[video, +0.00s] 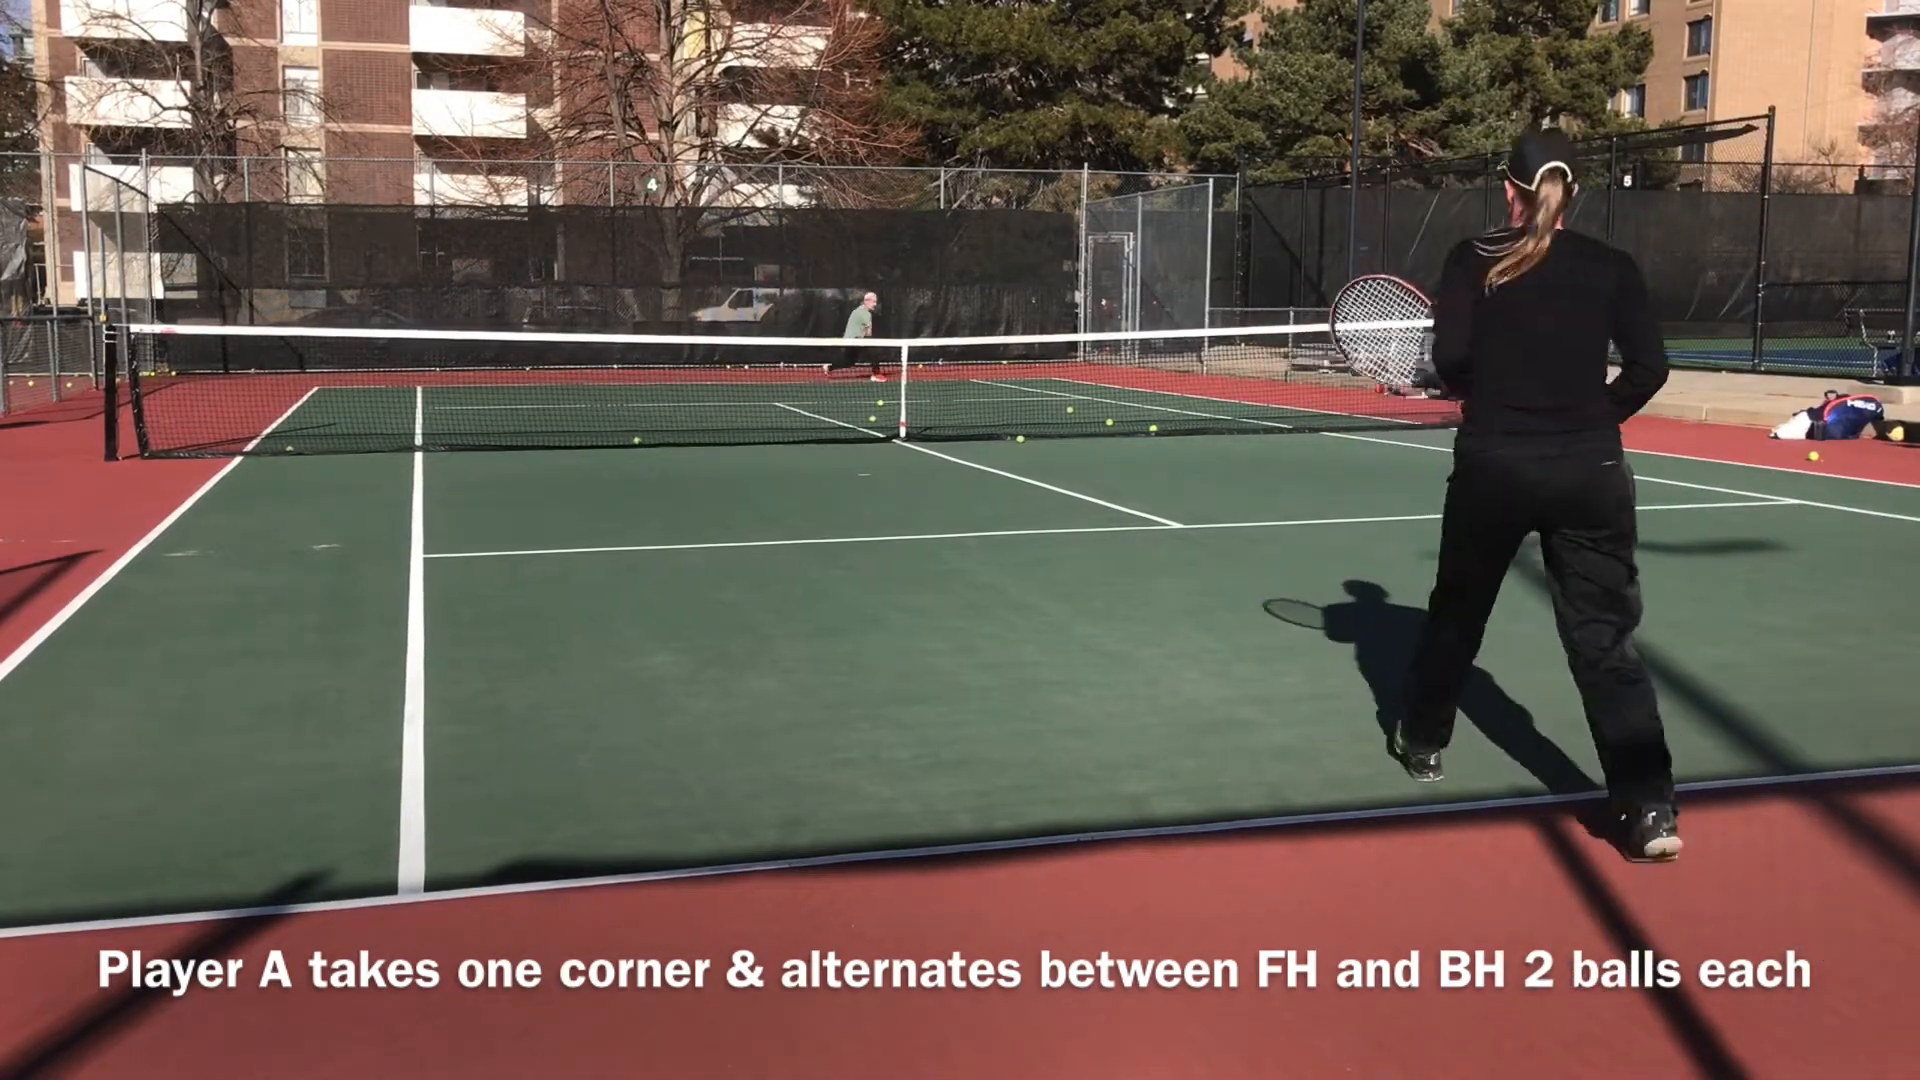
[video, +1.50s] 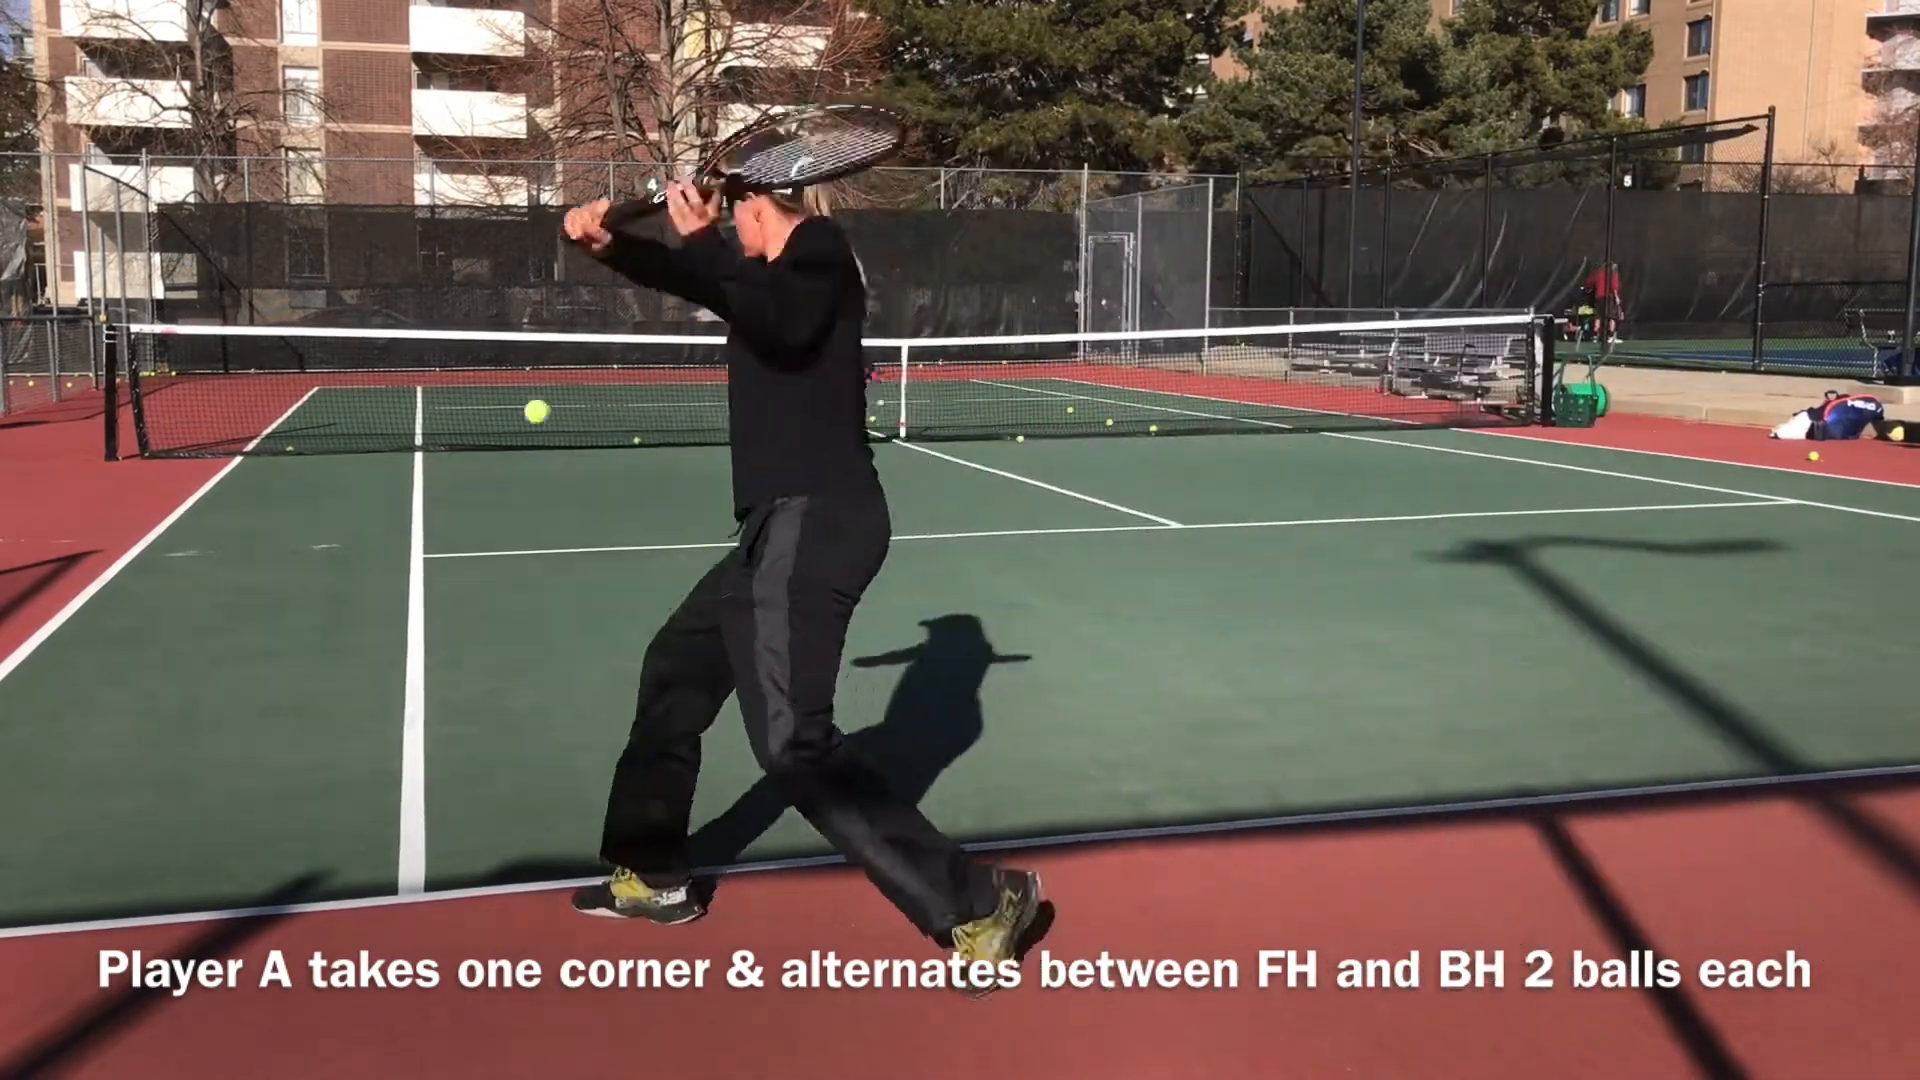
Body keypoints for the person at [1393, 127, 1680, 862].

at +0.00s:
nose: (1503, 197)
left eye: (1505, 188)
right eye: (1512, 186)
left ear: (1512, 192)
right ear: (1570, 194)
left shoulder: (1473, 258)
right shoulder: (1611, 266)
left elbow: (1449, 361)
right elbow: (1650, 367)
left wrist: (1472, 386)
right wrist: (1597, 414)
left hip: (1494, 470)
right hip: (1590, 472)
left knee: (1457, 609)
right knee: (1606, 638)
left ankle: (1423, 740)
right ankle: (1650, 810)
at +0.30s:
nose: (1533, 148)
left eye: (1535, 138)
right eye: (1539, 136)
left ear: (1545, 142)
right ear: (1607, 140)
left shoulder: (1508, 207)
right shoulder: (1655, 210)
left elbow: (1480, 311)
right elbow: (1712, 302)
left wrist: (1514, 370)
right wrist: (1660, 377)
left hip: (1545, 414)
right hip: (1648, 414)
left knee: (1504, 603)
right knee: (1662, 608)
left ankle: (1486, 804)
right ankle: (1683, 817)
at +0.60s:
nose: (1423, 209)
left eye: (1425, 198)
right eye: (1431, 196)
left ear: (1436, 202)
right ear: (1499, 202)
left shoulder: (1419, 277)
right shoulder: (1550, 281)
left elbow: (1424, 408)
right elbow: (1639, 369)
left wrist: (1432, 437)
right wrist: (1591, 448)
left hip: (1501, 513)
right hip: (1597, 496)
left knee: (1459, 733)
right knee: (1657, 687)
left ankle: (1516, 947)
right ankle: (1779, 864)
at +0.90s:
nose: (1183, 188)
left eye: (1183, 174)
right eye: (1185, 173)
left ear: (1198, 173)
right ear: (1252, 167)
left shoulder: (1225, 236)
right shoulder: (1296, 230)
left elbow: (1273, 356)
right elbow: (1322, 380)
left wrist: (1184, 390)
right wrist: (1247, 465)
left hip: (1299, 496)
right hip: (1371, 494)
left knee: (1194, 696)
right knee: (1330, 710)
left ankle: (1210, 936)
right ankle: (1425, 933)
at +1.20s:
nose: (937, 195)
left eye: (947, 178)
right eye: (933, 182)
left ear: (986, 169)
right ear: (945, 185)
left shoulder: (1044, 216)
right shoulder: (964, 257)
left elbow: (1130, 291)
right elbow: (942, 376)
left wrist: (1011, 248)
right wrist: (907, 368)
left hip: (1064, 497)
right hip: (1012, 499)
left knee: (995, 719)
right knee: (910, 666)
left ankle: (1060, 952)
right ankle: (927, 897)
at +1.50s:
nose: (731, 228)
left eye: (732, 213)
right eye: (727, 214)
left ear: (758, 205)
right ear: (783, 199)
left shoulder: (817, 255)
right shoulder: (776, 263)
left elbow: (785, 329)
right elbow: (691, 271)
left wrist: (708, 245)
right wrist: (609, 243)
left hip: (817, 521)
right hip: (787, 522)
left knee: (794, 746)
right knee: (677, 666)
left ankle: (982, 904)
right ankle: (650, 871)